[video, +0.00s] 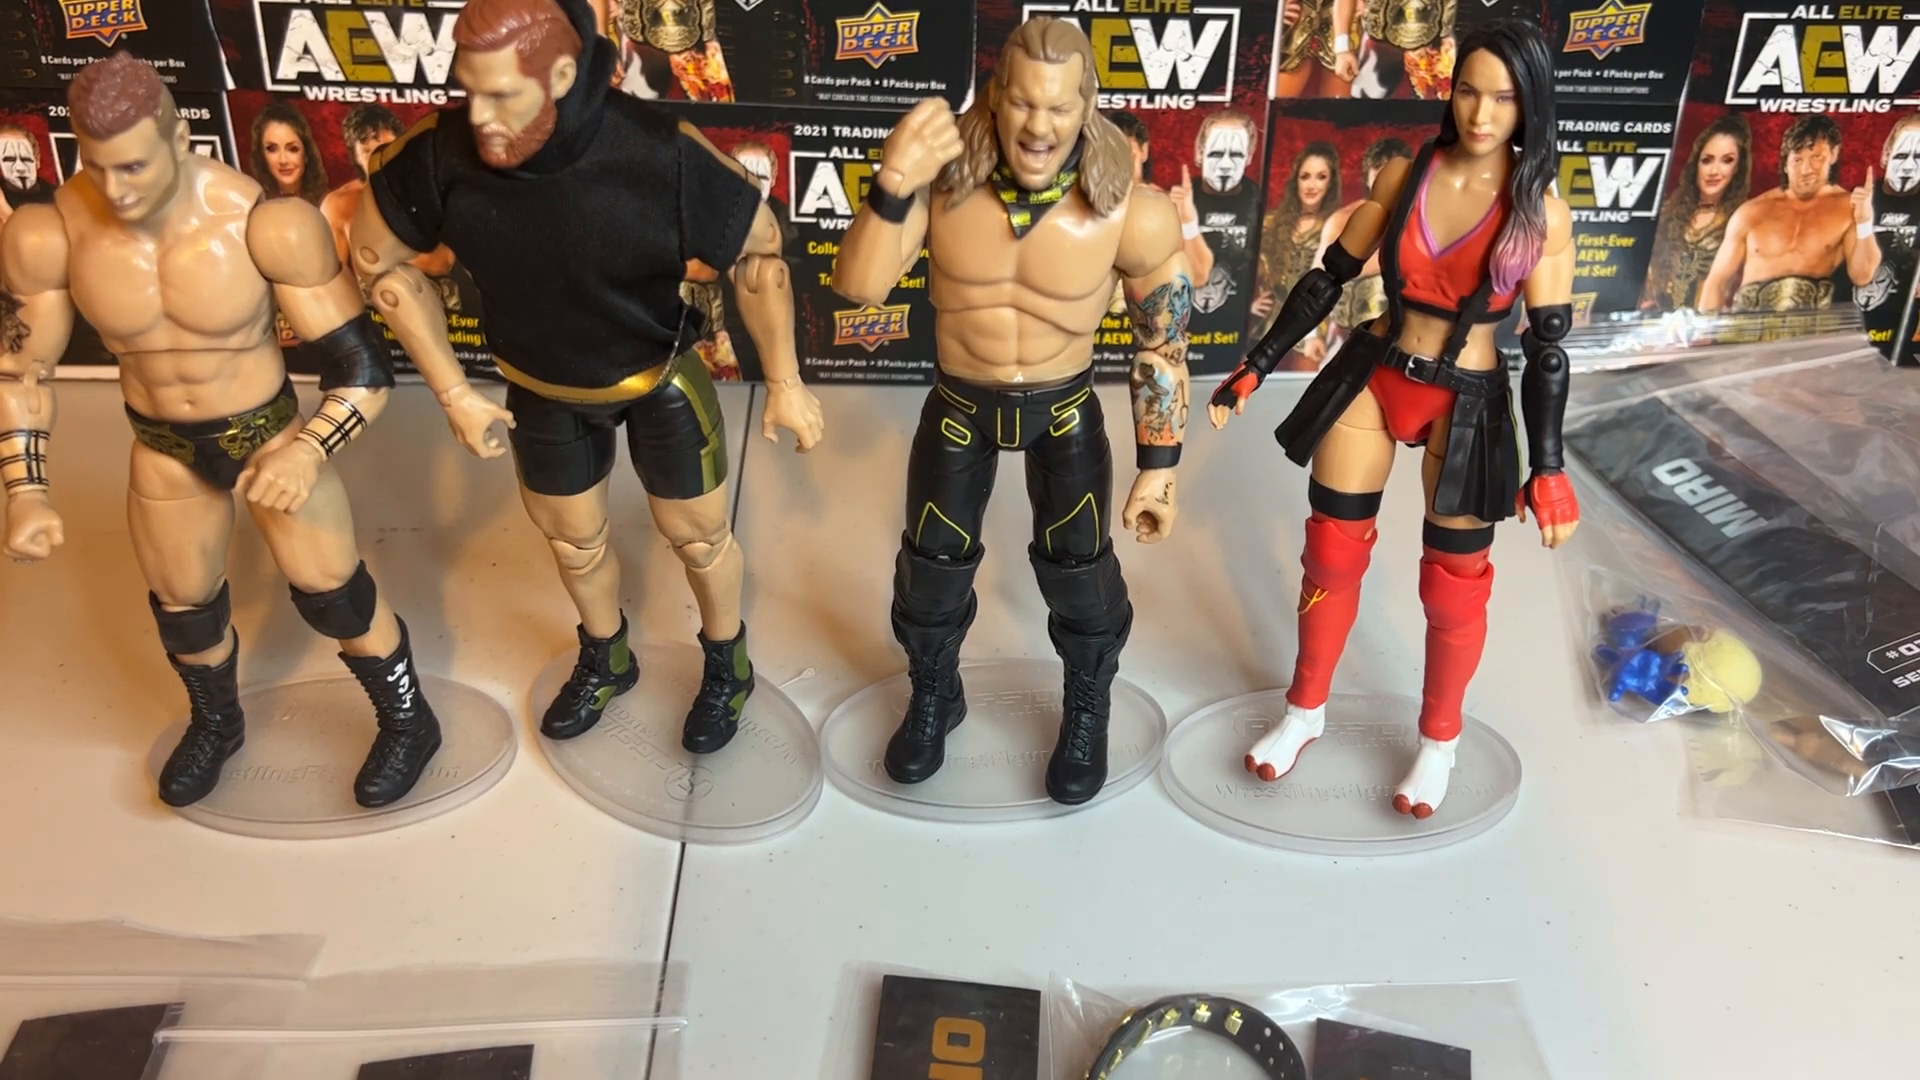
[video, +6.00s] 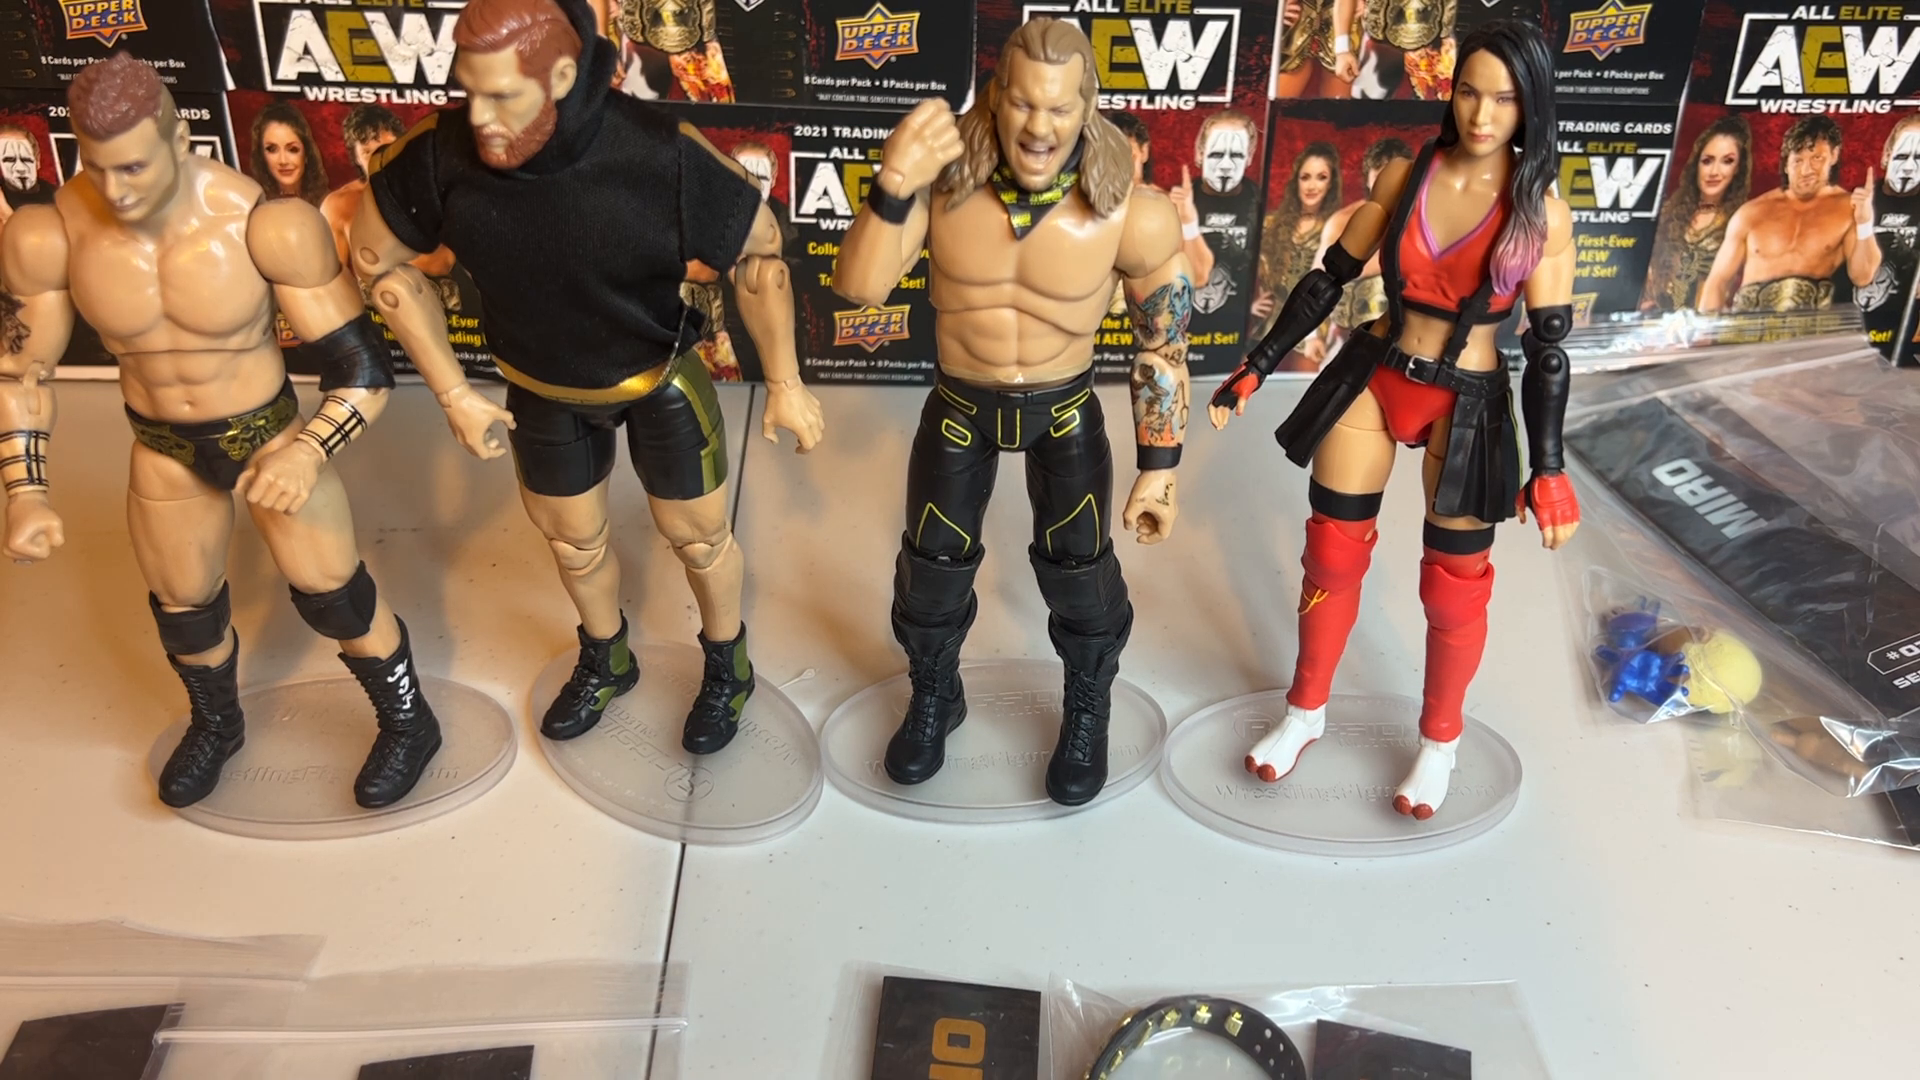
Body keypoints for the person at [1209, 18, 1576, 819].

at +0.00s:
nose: (1479, 113)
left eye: (1500, 98)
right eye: (1469, 93)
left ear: (1528, 108)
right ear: (1450, 93)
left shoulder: (1540, 208)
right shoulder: (1406, 174)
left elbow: (1549, 343)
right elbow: (1332, 273)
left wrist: (1548, 464)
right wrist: (1256, 363)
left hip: (1466, 404)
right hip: (1371, 382)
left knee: (1453, 589)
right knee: (1331, 558)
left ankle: (1437, 742)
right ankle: (1304, 710)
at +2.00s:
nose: (1479, 113)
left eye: (1501, 99)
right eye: (1469, 93)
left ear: (1528, 108)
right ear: (1450, 93)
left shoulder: (1540, 209)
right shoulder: (1406, 174)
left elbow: (1549, 344)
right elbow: (1333, 273)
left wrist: (1549, 464)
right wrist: (1256, 363)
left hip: (1466, 405)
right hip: (1371, 383)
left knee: (1454, 590)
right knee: (1331, 559)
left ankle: (1438, 742)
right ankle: (1304, 710)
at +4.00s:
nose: (1480, 113)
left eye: (1501, 99)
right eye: (1469, 94)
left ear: (1528, 108)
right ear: (1451, 94)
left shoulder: (1540, 209)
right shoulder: (1406, 175)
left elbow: (1548, 345)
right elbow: (1332, 274)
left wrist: (1549, 466)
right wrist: (1256, 364)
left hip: (1467, 404)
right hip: (1372, 382)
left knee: (1454, 591)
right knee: (1331, 559)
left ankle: (1438, 741)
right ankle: (1304, 710)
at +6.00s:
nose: (1480, 113)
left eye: (1501, 99)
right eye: (1469, 94)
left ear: (1529, 108)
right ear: (1451, 94)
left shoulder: (1540, 208)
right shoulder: (1406, 174)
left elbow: (1549, 345)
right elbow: (1333, 274)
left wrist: (1549, 466)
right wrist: (1256, 364)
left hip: (1467, 404)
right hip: (1372, 382)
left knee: (1454, 591)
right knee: (1331, 560)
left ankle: (1438, 742)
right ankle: (1304, 710)